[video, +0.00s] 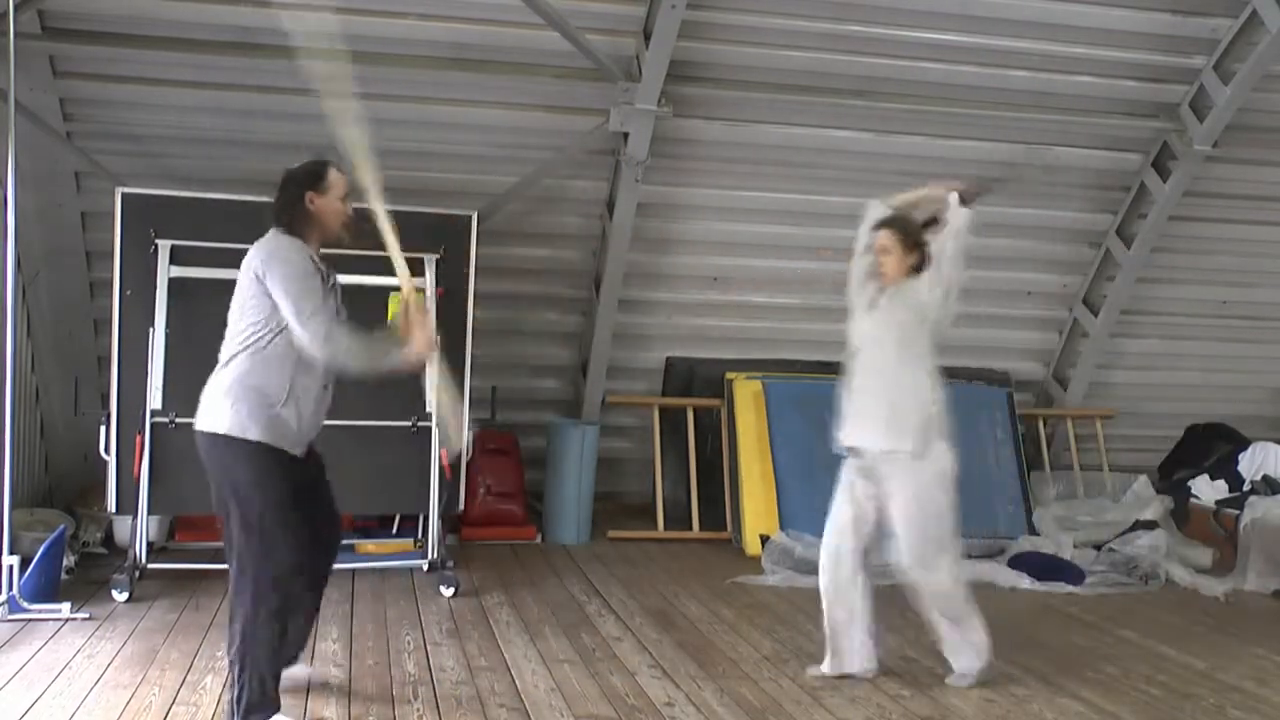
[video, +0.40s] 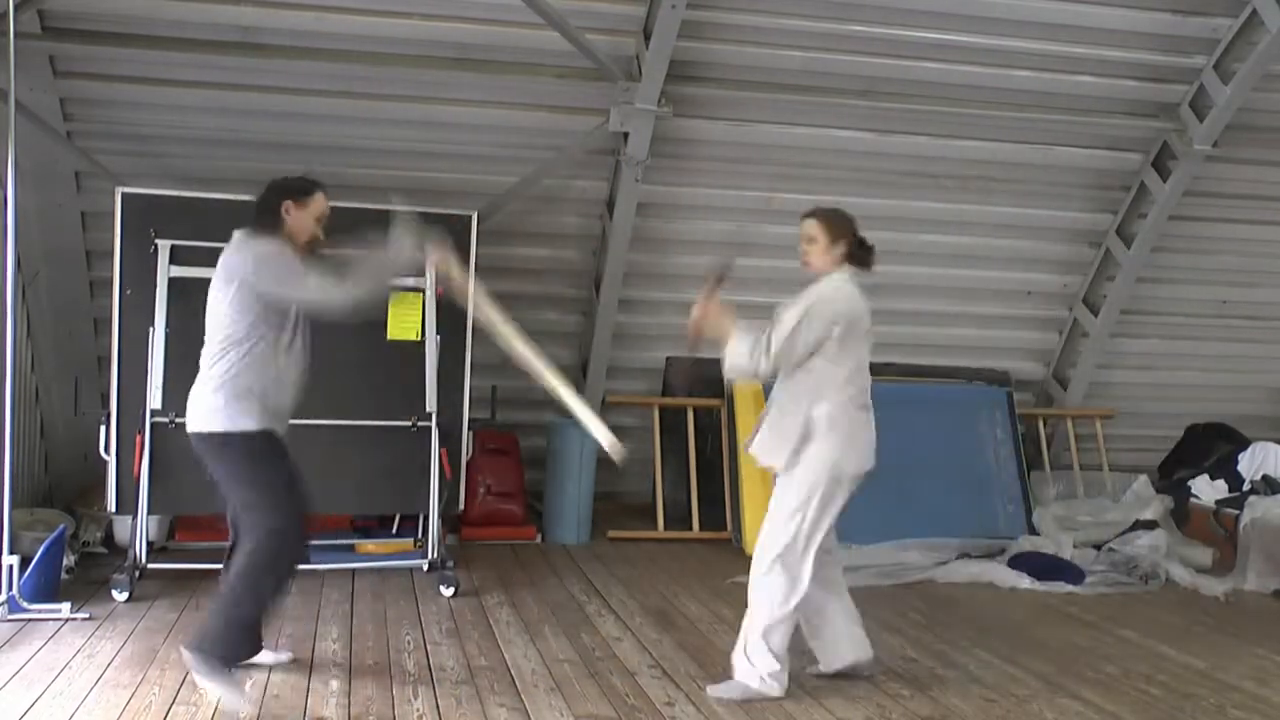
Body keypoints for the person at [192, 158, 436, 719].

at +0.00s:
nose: (349, 209)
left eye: (348, 199)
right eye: (342, 198)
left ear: (313, 202)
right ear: (310, 201)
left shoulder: (320, 274)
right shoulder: (280, 251)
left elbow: (339, 346)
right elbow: (324, 341)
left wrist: (399, 336)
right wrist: (402, 351)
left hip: (285, 434)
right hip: (243, 427)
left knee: (319, 540)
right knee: (269, 560)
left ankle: (278, 660)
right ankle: (251, 708)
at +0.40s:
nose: (322, 231)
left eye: (324, 221)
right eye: (318, 218)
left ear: (289, 210)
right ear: (289, 209)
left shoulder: (270, 255)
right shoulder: (255, 252)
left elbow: (347, 274)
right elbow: (340, 294)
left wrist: (414, 256)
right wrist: (411, 259)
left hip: (247, 420)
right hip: (229, 421)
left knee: (267, 532)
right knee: (277, 531)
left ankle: (241, 643)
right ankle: (210, 652)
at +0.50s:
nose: (328, 229)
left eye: (329, 220)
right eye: (326, 219)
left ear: (294, 209)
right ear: (302, 209)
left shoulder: (252, 241)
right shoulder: (265, 236)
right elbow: (348, 235)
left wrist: (379, 186)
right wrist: (382, 178)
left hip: (226, 412)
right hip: (234, 413)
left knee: (252, 524)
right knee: (300, 503)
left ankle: (237, 645)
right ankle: (190, 551)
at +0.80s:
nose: (310, 210)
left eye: (308, 199)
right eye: (303, 198)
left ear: (267, 198)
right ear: (281, 197)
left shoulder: (243, 245)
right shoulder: (267, 235)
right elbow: (340, 189)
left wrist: (302, 147)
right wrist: (335, 128)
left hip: (227, 409)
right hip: (247, 410)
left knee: (250, 536)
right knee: (276, 536)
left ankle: (236, 644)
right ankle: (242, 669)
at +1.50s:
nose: (268, 252)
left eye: (271, 242)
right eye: (263, 239)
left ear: (235, 230)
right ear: (237, 228)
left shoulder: (196, 254)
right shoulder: (211, 268)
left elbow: (278, 276)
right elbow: (246, 337)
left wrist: (319, 289)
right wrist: (308, 318)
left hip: (131, 402)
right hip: (152, 409)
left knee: (135, 509)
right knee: (177, 507)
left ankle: (120, 612)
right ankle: (113, 606)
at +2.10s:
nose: (309, 243)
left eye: (314, 233)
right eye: (302, 230)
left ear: (313, 234)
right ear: (271, 222)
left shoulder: (300, 272)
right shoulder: (233, 257)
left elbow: (342, 192)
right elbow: (220, 179)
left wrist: (286, 155)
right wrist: (238, 129)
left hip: (248, 416)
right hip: (208, 406)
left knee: (228, 527)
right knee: (223, 533)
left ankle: (148, 592)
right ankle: (184, 654)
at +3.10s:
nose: (554, 251)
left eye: (554, 240)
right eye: (548, 240)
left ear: (518, 239)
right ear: (518, 238)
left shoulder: (505, 288)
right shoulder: (483, 269)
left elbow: (540, 356)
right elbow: (552, 301)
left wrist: (596, 338)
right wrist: (616, 311)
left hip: (485, 439)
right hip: (447, 435)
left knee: (524, 535)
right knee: (482, 556)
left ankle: (520, 649)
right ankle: (432, 688)